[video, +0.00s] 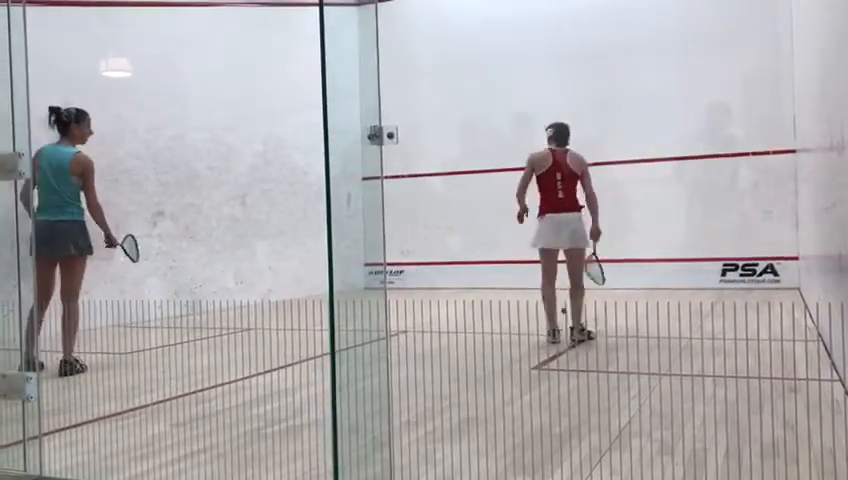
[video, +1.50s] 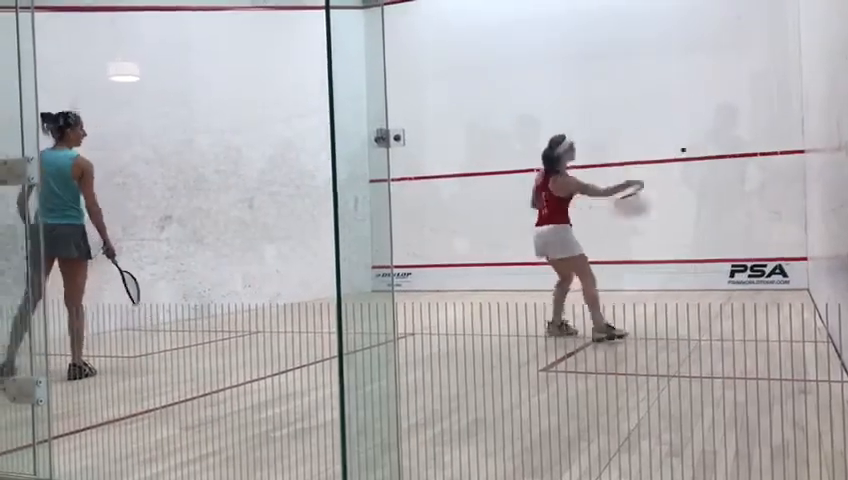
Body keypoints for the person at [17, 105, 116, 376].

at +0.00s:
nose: (91, 132)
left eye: (90, 127)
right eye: (87, 127)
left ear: (68, 128)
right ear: (73, 127)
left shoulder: (41, 154)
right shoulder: (83, 161)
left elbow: (24, 194)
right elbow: (92, 204)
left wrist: (34, 219)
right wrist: (108, 231)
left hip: (42, 230)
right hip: (72, 230)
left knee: (41, 298)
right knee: (70, 298)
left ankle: (29, 355)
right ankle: (68, 359)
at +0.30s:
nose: (92, 132)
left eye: (91, 127)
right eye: (89, 127)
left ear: (69, 128)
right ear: (75, 128)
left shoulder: (42, 154)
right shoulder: (85, 161)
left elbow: (20, 189)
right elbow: (93, 206)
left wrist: (33, 219)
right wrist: (106, 237)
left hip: (44, 229)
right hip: (74, 230)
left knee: (40, 297)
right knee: (71, 299)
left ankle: (29, 357)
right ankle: (69, 359)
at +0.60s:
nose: (94, 131)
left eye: (92, 126)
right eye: (90, 126)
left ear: (71, 128)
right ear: (76, 128)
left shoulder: (45, 155)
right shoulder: (87, 161)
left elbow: (25, 191)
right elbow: (94, 207)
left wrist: (29, 227)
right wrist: (105, 242)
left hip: (45, 229)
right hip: (75, 230)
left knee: (41, 296)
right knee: (73, 299)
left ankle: (31, 357)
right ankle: (70, 360)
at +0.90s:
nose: (95, 132)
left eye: (94, 126)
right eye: (91, 127)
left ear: (72, 129)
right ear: (78, 129)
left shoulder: (47, 156)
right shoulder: (88, 161)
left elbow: (29, 192)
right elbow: (93, 205)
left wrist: (34, 224)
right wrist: (104, 242)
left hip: (48, 230)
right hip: (77, 230)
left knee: (44, 297)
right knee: (75, 299)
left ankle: (33, 358)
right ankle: (72, 360)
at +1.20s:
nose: (95, 133)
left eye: (94, 128)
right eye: (91, 128)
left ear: (72, 130)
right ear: (78, 130)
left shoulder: (49, 157)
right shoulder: (89, 161)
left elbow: (30, 195)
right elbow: (94, 205)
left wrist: (42, 221)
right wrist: (106, 242)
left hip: (48, 231)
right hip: (77, 232)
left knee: (44, 299)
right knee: (76, 301)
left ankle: (36, 360)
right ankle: (75, 362)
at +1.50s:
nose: (84, 133)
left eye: (83, 128)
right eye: (80, 128)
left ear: (61, 132)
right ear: (68, 131)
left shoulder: (39, 158)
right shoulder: (81, 164)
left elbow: (22, 197)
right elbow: (92, 207)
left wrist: (27, 224)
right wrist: (106, 240)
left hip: (42, 233)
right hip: (71, 234)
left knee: (31, 296)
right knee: (74, 301)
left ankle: (8, 359)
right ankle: (77, 363)